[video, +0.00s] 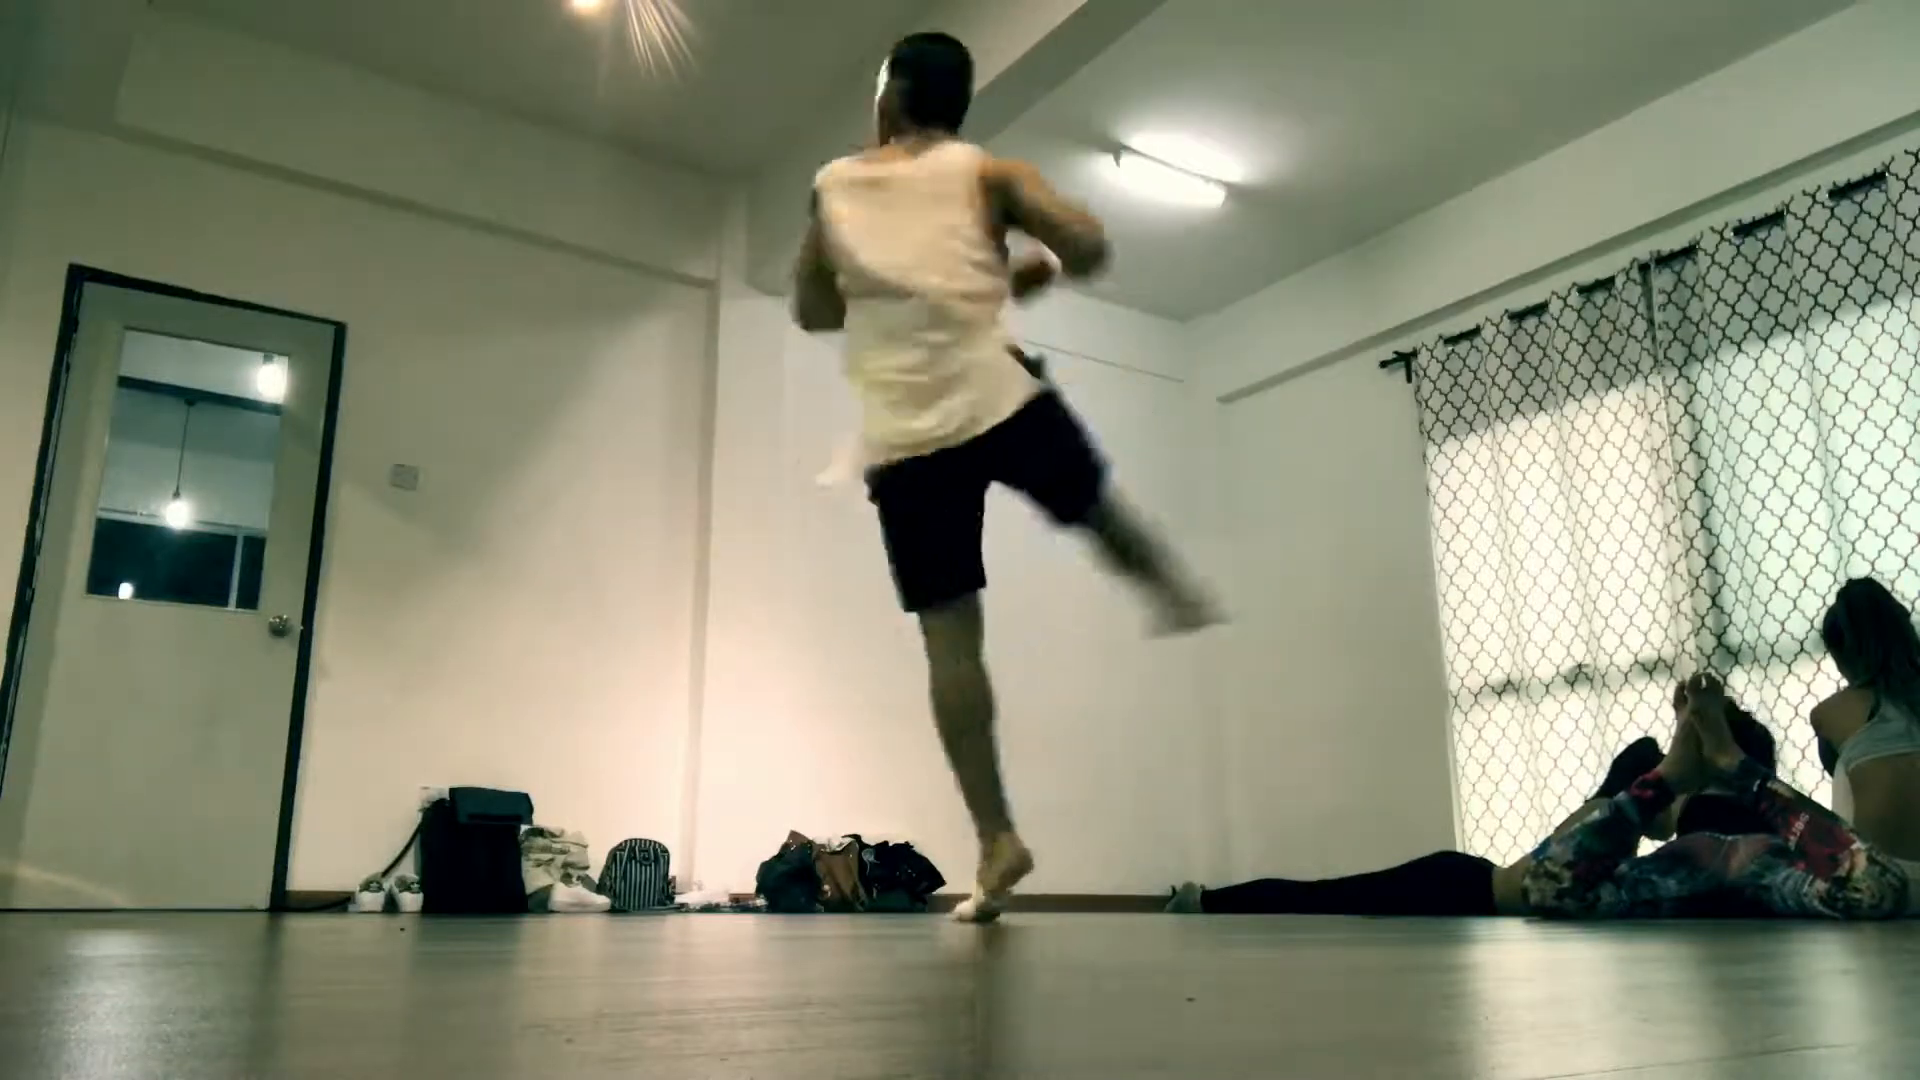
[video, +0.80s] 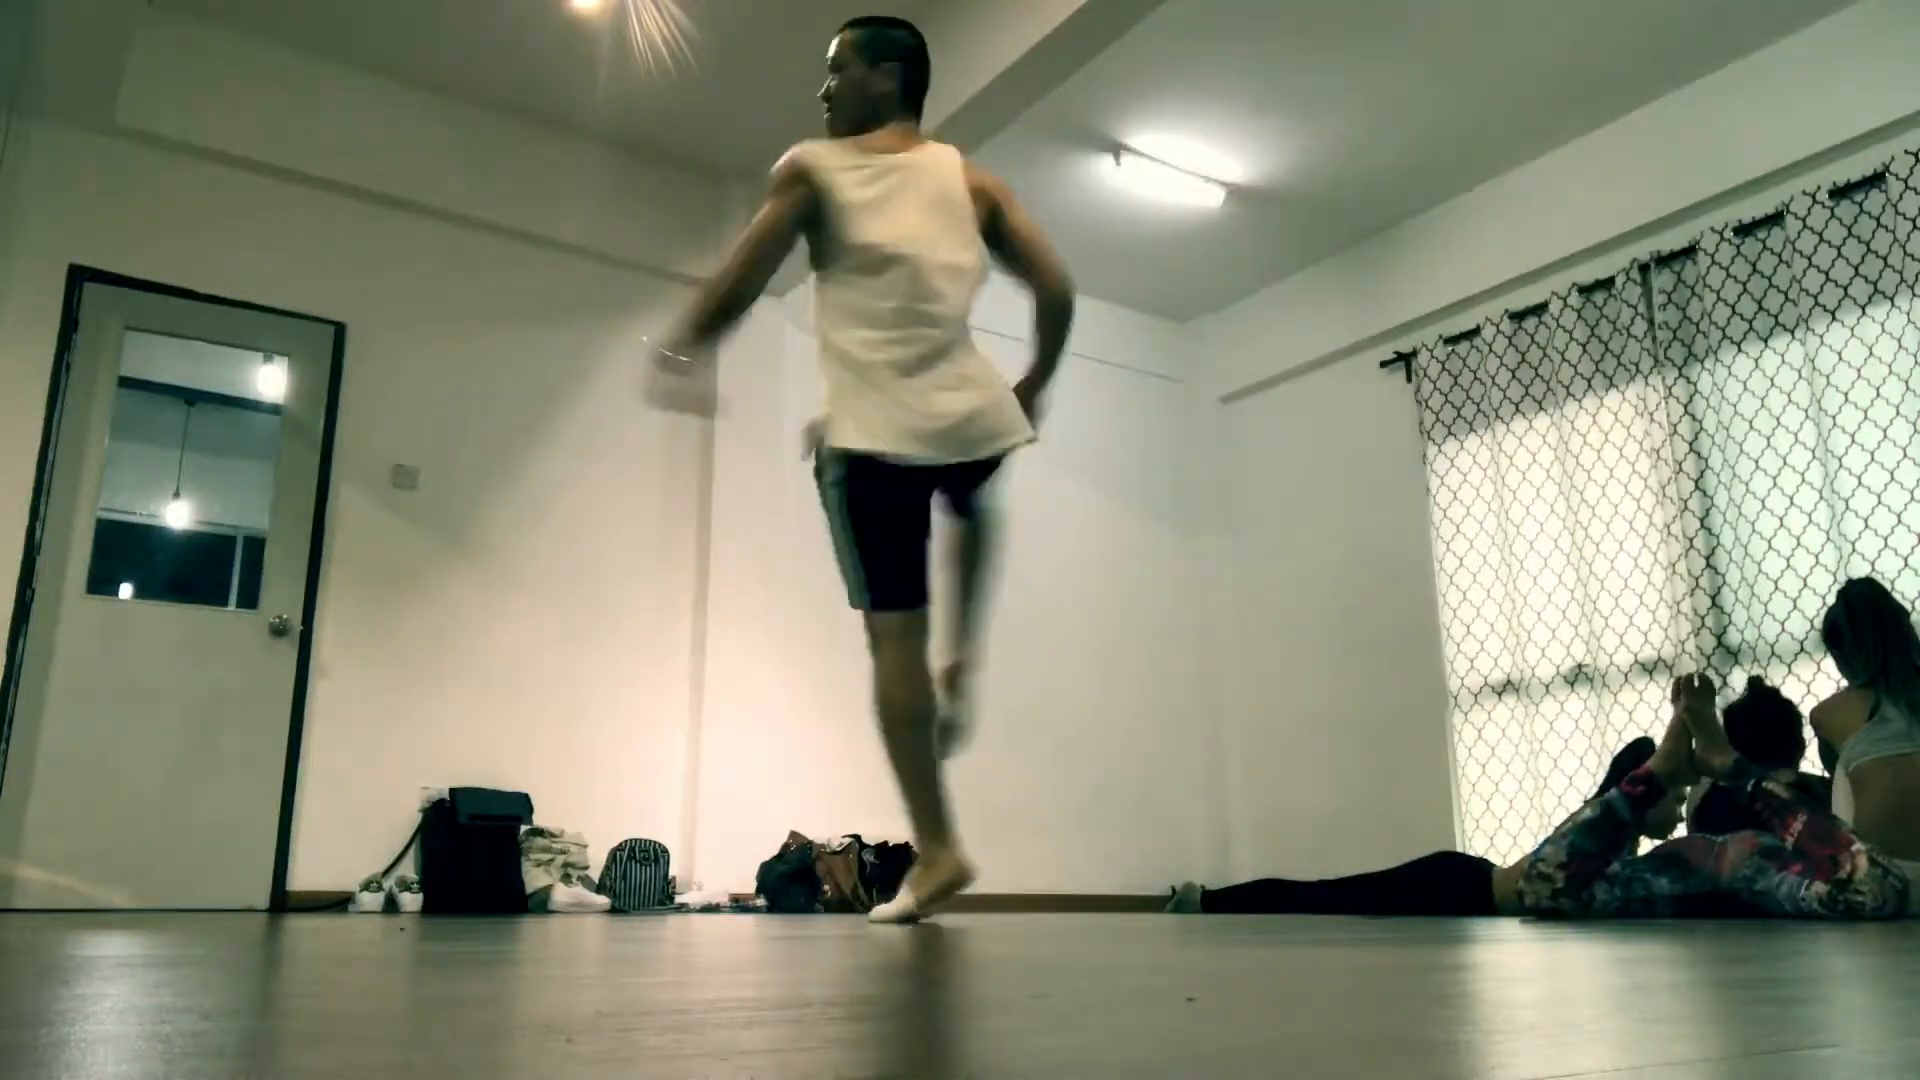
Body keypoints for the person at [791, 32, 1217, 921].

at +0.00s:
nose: (874, 95)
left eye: (880, 83)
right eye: (884, 81)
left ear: (889, 96)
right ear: (959, 107)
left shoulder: (837, 185)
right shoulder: (988, 172)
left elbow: (813, 307)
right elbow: (1088, 244)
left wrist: (894, 289)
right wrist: (1043, 271)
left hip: (906, 447)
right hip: (1006, 409)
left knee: (951, 649)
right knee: (1102, 511)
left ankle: (996, 840)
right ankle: (1176, 597)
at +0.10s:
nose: (958, 100)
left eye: (954, 86)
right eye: (943, 86)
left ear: (882, 111)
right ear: (899, 99)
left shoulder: (845, 218)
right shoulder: (922, 161)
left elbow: (901, 309)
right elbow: (991, 218)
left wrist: (989, 292)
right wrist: (1043, 261)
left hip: (889, 427)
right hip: (959, 386)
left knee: (935, 625)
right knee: (1136, 456)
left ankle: (944, 841)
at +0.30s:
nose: (884, 175)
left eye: (900, 158)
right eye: (874, 170)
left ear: (950, 173)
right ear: (876, 196)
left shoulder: (1015, 283)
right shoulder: (864, 266)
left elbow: (1126, 346)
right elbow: (773, 255)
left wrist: (1234, 370)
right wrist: (713, 209)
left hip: (968, 497)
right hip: (875, 479)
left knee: (966, 680)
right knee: (899, 405)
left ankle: (896, 879)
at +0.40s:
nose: (879, 133)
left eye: (896, 115)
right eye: (874, 120)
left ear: (952, 124)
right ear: (883, 139)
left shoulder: (1027, 208)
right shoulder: (861, 225)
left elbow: (1164, 227)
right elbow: (719, 229)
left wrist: (1284, 236)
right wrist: (590, 220)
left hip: (984, 468)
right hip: (892, 431)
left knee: (948, 676)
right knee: (748, 424)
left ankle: (901, 876)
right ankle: (589, 398)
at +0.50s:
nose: (866, 89)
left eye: (883, 71)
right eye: (862, 77)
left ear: (941, 79)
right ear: (881, 99)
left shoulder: (1008, 154)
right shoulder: (869, 207)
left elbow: (1147, 165)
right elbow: (773, 260)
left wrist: (1285, 173)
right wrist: (697, 283)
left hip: (979, 430)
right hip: (880, 403)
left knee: (950, 643)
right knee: (723, 453)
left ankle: (928, 868)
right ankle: (506, 495)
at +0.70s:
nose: (839, 85)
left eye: (856, 69)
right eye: (840, 72)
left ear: (912, 81)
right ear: (902, 85)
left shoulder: (905, 154)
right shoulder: (896, 163)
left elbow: (825, 222)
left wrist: (713, 254)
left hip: (923, 418)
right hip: (909, 417)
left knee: (927, 639)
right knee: (839, 493)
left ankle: (959, 858)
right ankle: (806, 659)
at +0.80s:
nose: (822, 84)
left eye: (837, 69)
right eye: (827, 67)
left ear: (889, 79)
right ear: (905, 85)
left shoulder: (814, 167)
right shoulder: (966, 176)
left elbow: (734, 285)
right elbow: (1055, 288)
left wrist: (687, 340)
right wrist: (1037, 380)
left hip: (872, 437)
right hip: (974, 427)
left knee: (895, 646)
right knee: (975, 503)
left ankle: (937, 850)